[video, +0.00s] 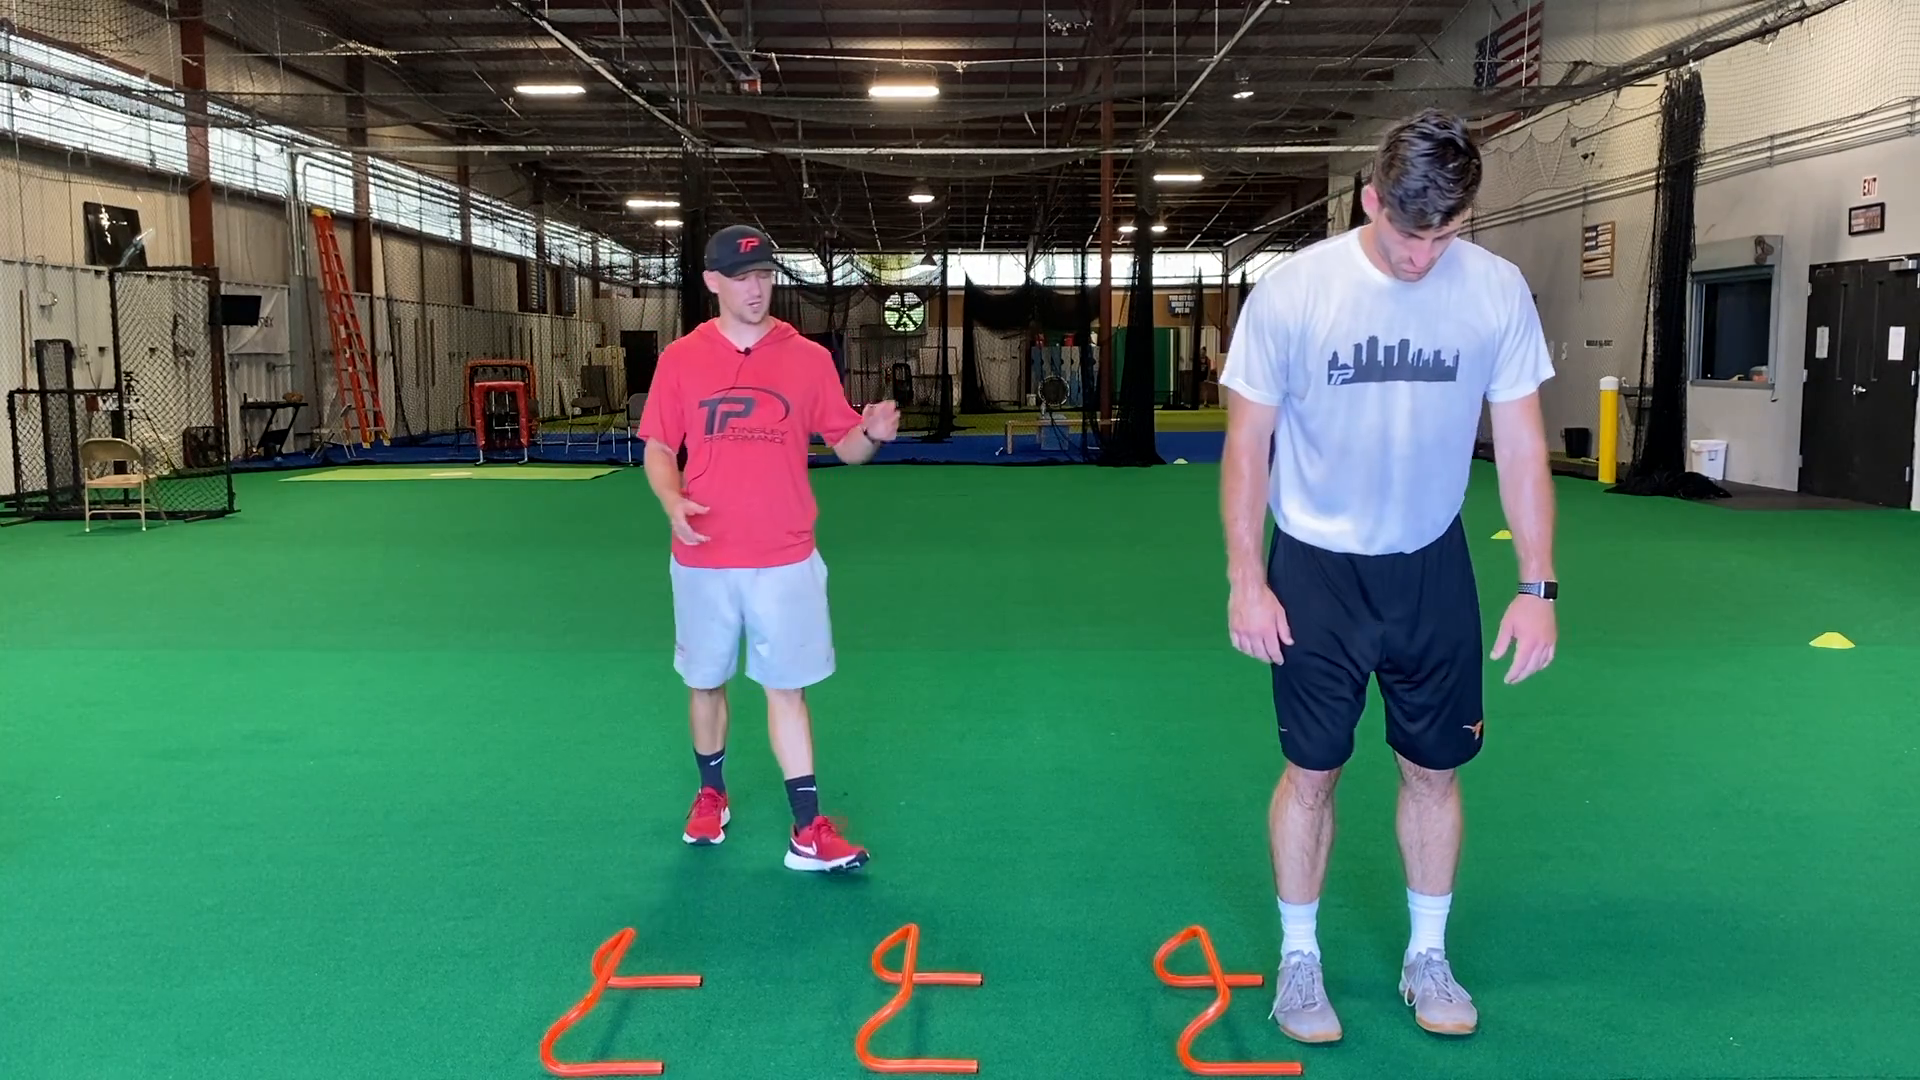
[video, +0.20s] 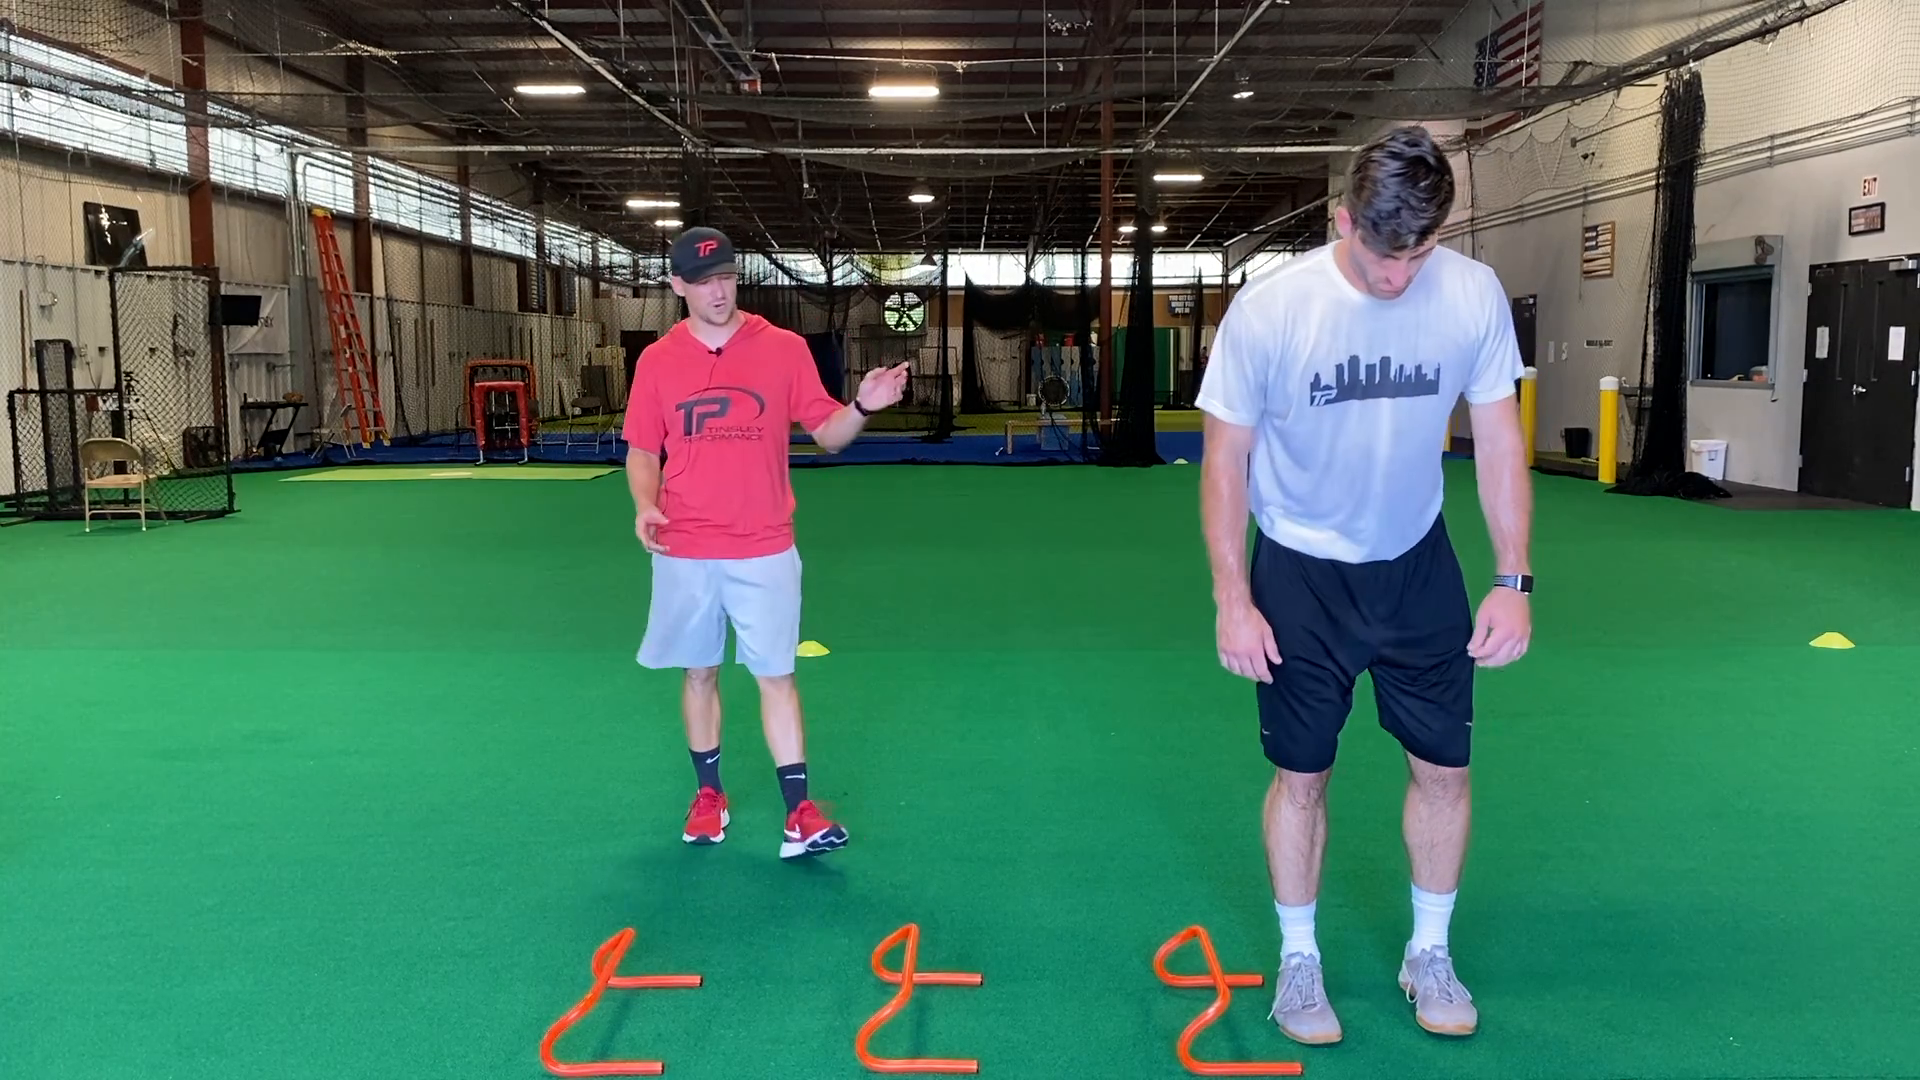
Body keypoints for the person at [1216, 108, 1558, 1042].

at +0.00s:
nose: (1424, 253)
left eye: (1442, 234)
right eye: (1408, 232)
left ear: (1463, 213)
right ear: (1369, 200)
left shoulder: (1496, 293)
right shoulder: (1290, 292)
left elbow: (1520, 446)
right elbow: (1247, 444)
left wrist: (1538, 583)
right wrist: (1247, 581)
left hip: (1431, 564)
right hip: (1315, 565)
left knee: (1432, 764)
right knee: (1312, 767)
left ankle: (1428, 959)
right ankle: (1298, 962)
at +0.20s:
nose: (1398, 274)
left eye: (1415, 255)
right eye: (1381, 253)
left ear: (1437, 229)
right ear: (1341, 221)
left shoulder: (1472, 296)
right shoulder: (1267, 310)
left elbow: (1498, 440)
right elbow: (1224, 458)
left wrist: (1512, 577)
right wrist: (1233, 599)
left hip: (1417, 562)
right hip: (1300, 567)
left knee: (1443, 763)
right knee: (1302, 771)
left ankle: (1430, 955)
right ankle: (1299, 961)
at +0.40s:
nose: (1391, 296)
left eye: (1406, 276)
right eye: (1373, 276)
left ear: (1425, 250)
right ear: (1331, 247)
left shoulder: (1465, 304)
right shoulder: (1257, 329)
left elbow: (1493, 441)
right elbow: (1213, 470)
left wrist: (1502, 577)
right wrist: (1227, 614)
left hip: (1414, 569)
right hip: (1295, 575)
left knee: (1445, 758)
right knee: (1297, 771)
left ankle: (1434, 953)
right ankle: (1298, 960)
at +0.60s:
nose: (1394, 322)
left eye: (1412, 301)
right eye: (1376, 301)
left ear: (1435, 272)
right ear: (1337, 269)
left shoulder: (1480, 326)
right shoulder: (1266, 347)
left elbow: (1508, 450)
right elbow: (1217, 475)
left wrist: (1507, 584)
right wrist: (1228, 617)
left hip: (1417, 576)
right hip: (1297, 581)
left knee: (1438, 763)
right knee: (1298, 770)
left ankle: (1430, 956)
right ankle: (1299, 961)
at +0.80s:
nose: (1407, 346)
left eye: (1425, 325)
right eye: (1388, 326)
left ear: (1447, 298)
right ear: (1349, 295)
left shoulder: (1489, 349)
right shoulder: (1275, 365)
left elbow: (1516, 453)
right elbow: (1214, 474)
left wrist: (1514, 588)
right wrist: (1229, 620)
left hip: (1415, 579)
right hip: (1297, 584)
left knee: (1432, 763)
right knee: (1302, 767)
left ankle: (1427, 956)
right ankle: (1300, 959)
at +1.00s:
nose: (1396, 367)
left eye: (1414, 347)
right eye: (1377, 347)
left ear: (1436, 322)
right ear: (1338, 318)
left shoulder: (1476, 381)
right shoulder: (1257, 374)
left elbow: (1517, 467)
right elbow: (1192, 449)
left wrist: (1499, 598)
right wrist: (1214, 586)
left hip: (1394, 581)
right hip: (1275, 580)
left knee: (1418, 769)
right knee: (1288, 763)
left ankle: (1424, 958)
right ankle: (1300, 952)